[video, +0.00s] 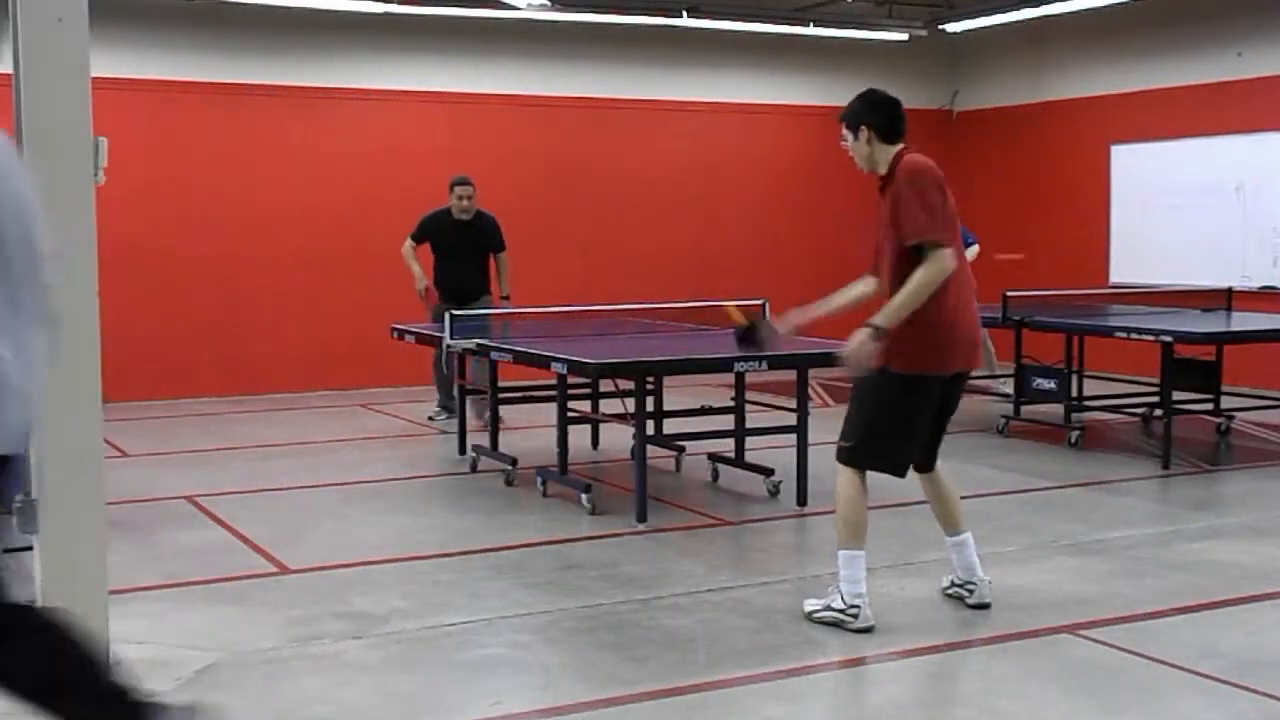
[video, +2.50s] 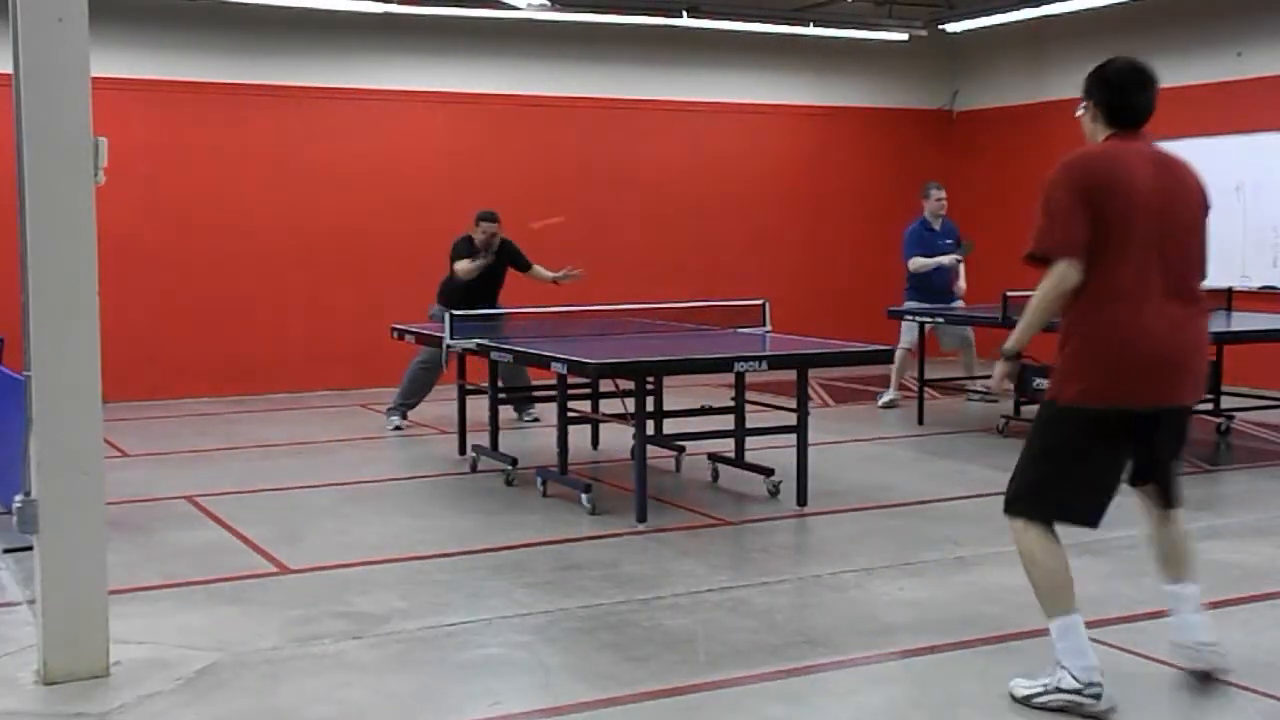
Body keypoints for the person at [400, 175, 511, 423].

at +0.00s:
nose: (465, 204)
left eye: (469, 198)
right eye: (460, 198)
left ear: (476, 198)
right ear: (450, 199)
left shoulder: (487, 223)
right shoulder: (435, 221)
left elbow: (500, 256)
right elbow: (407, 247)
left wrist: (504, 291)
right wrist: (418, 276)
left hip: (479, 302)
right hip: (445, 303)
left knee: (482, 356)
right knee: (443, 355)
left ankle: (483, 405)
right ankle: (446, 404)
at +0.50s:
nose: (500, 217)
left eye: (504, 212)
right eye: (495, 211)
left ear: (509, 212)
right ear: (484, 211)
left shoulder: (515, 235)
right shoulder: (465, 235)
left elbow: (531, 266)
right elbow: (440, 263)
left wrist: (542, 292)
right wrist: (468, 285)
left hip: (501, 308)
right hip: (465, 309)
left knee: (522, 352)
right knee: (457, 355)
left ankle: (528, 407)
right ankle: (446, 402)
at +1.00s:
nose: (521, 247)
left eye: (525, 242)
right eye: (516, 241)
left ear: (530, 239)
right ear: (504, 236)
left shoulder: (524, 251)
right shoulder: (490, 249)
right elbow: (489, 274)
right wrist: (529, 285)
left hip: (497, 308)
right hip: (463, 307)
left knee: (518, 353)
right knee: (450, 354)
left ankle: (528, 410)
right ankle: (405, 408)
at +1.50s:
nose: (476, 216)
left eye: (479, 210)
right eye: (470, 211)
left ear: (483, 210)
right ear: (457, 210)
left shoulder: (489, 232)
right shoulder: (440, 231)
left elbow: (500, 261)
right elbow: (405, 254)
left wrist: (512, 287)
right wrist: (414, 293)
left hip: (470, 304)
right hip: (435, 304)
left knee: (489, 353)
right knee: (419, 356)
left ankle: (507, 408)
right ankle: (399, 414)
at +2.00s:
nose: (464, 220)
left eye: (468, 214)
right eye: (459, 215)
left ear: (473, 215)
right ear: (448, 216)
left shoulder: (484, 238)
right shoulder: (438, 236)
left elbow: (501, 260)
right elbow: (419, 255)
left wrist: (509, 272)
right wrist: (415, 283)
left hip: (480, 313)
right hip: (443, 310)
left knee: (494, 359)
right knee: (422, 358)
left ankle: (523, 406)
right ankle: (396, 413)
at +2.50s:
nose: (489, 239)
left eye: (494, 235)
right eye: (485, 234)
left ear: (499, 233)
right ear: (475, 230)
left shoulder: (505, 248)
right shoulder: (462, 245)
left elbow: (529, 268)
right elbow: (460, 271)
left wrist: (553, 277)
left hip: (486, 317)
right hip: (449, 316)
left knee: (508, 355)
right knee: (430, 357)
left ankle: (524, 407)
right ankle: (398, 409)